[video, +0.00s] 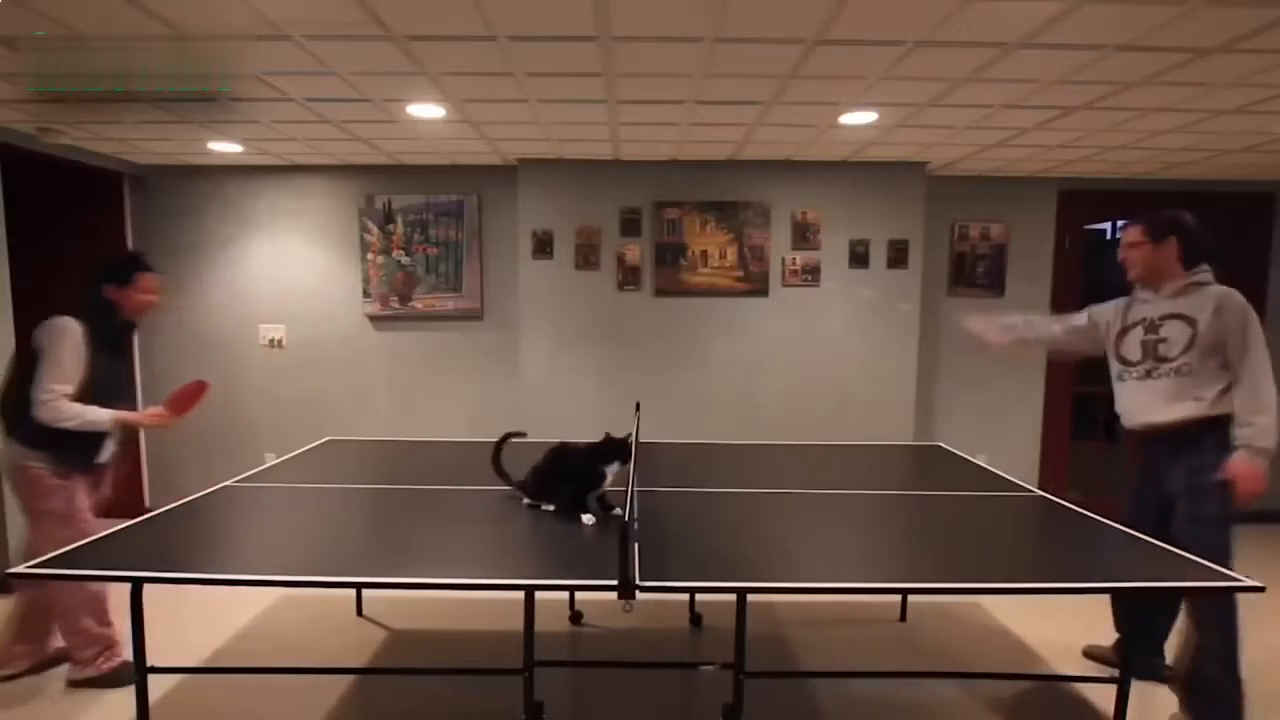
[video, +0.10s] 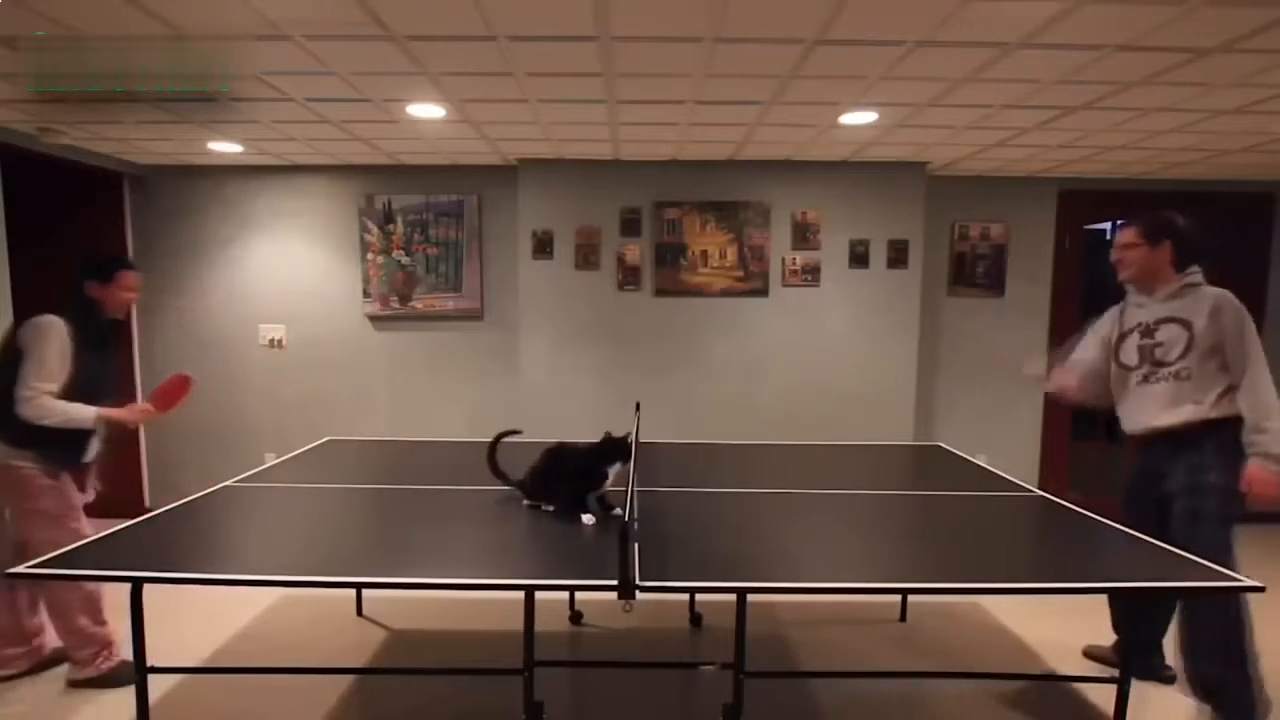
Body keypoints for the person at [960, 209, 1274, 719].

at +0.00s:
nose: (1124, 257)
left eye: (1133, 247)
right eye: (1123, 248)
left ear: (1169, 249)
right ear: (1129, 255)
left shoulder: (1222, 304)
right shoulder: (1120, 313)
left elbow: (1256, 377)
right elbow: (1059, 327)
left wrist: (1252, 448)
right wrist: (1000, 329)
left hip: (1203, 446)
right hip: (1146, 447)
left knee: (1205, 573)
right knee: (1140, 553)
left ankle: (1214, 703)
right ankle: (1139, 650)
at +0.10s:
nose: (1117, 259)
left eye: (1127, 249)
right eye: (1115, 250)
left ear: (1163, 252)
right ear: (1119, 258)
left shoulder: (1216, 304)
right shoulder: (1118, 318)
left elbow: (1255, 378)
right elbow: (1087, 368)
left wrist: (1263, 453)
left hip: (1205, 445)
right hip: (1147, 448)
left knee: (1204, 567)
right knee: (1135, 552)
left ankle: (1234, 701)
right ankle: (1139, 651)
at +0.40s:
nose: (1147, 262)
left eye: (1158, 252)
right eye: (1147, 253)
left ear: (1195, 257)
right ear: (1151, 261)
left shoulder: (1255, 315)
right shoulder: (1161, 325)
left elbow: (1279, 397)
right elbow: (1157, 394)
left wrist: (1272, 475)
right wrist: (1137, 424)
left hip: (1240, 475)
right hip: (1177, 472)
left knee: (1261, 595)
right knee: (1149, 560)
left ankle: (1275, 688)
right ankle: (1141, 651)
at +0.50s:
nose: (1181, 259)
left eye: (1193, 248)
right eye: (1181, 249)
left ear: (1234, 254)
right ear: (1182, 256)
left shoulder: (1272, 311)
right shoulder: (1180, 325)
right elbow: (1169, 394)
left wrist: (1279, 484)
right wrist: (1149, 420)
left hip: (1260, 477)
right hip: (1197, 471)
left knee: (1267, 599)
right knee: (1162, 562)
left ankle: (1278, 694)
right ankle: (1142, 654)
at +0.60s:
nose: (1203, 249)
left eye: (1217, 240)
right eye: (1204, 240)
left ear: (1259, 248)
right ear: (1207, 249)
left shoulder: (1276, 310)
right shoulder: (1194, 320)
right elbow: (1178, 389)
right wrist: (1162, 416)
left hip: (1265, 474)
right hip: (1204, 469)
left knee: (1265, 595)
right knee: (1167, 562)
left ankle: (1277, 694)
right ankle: (1145, 656)